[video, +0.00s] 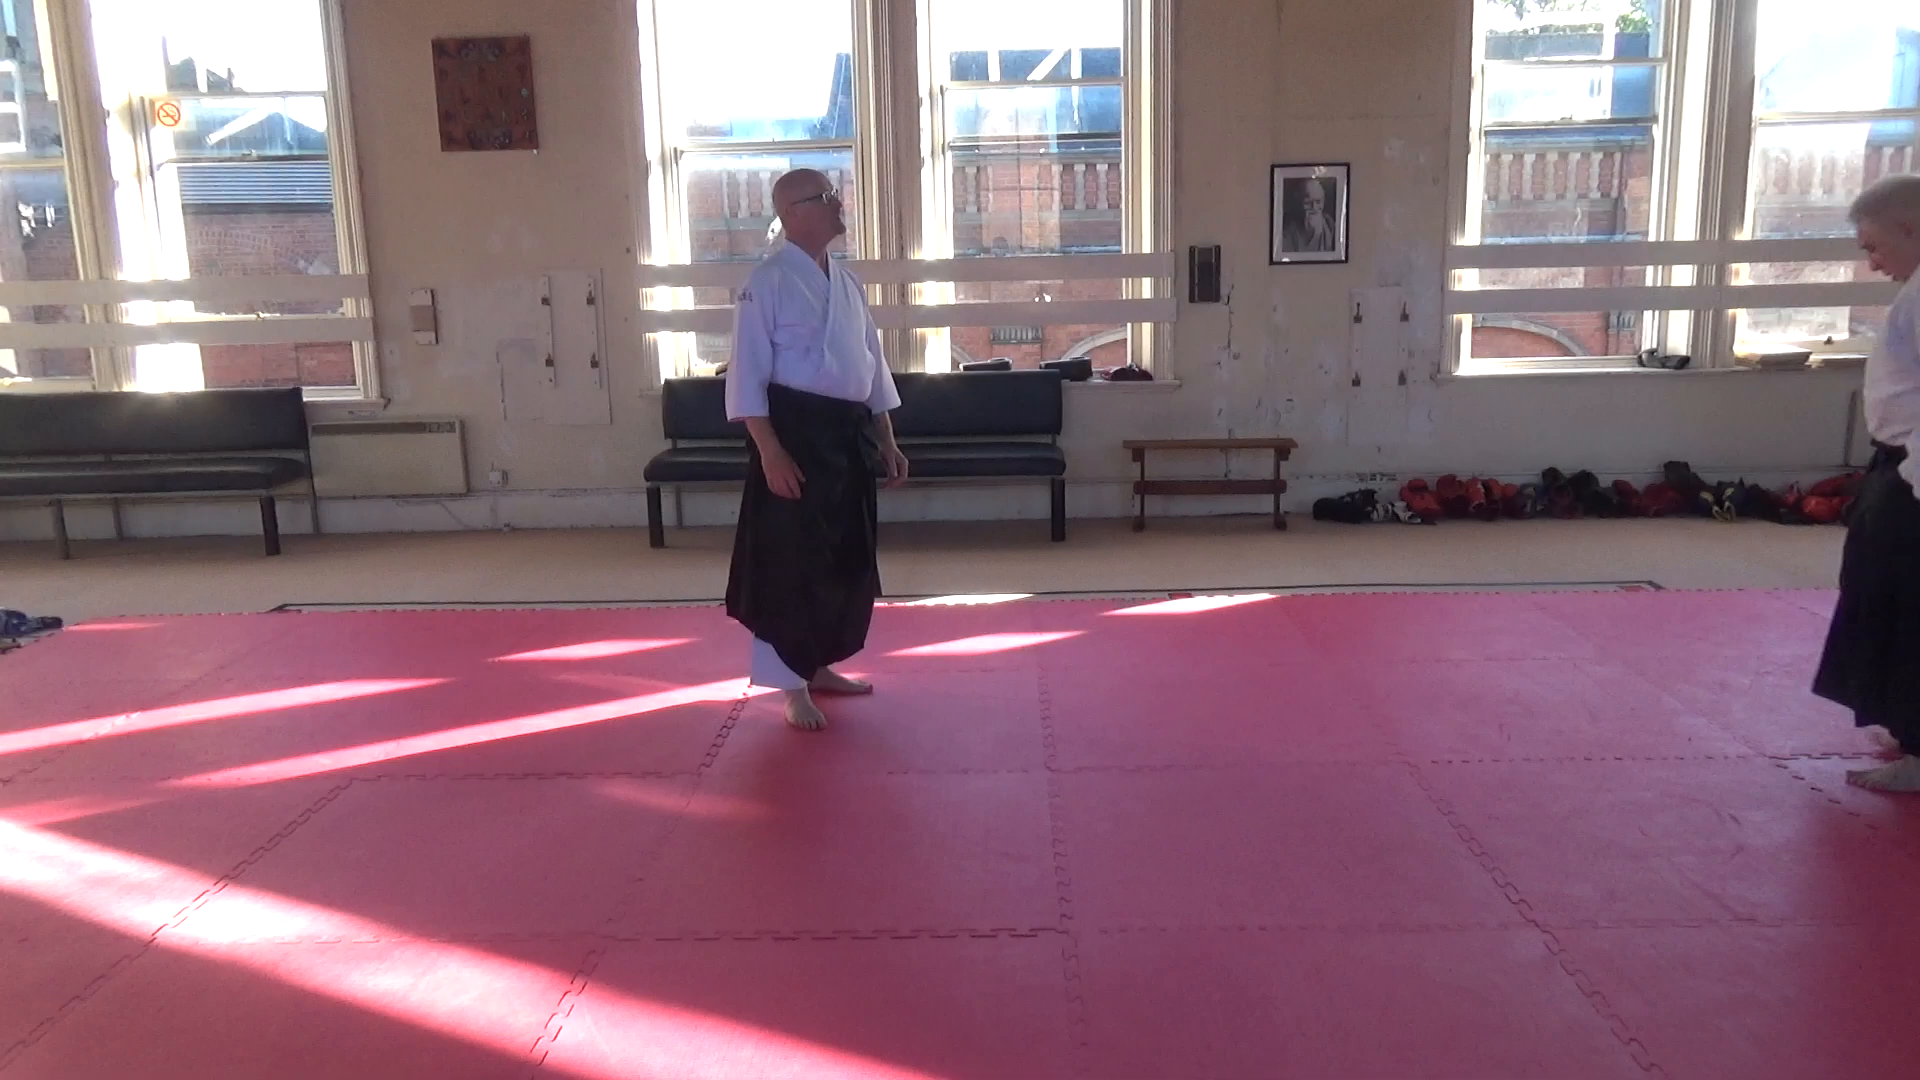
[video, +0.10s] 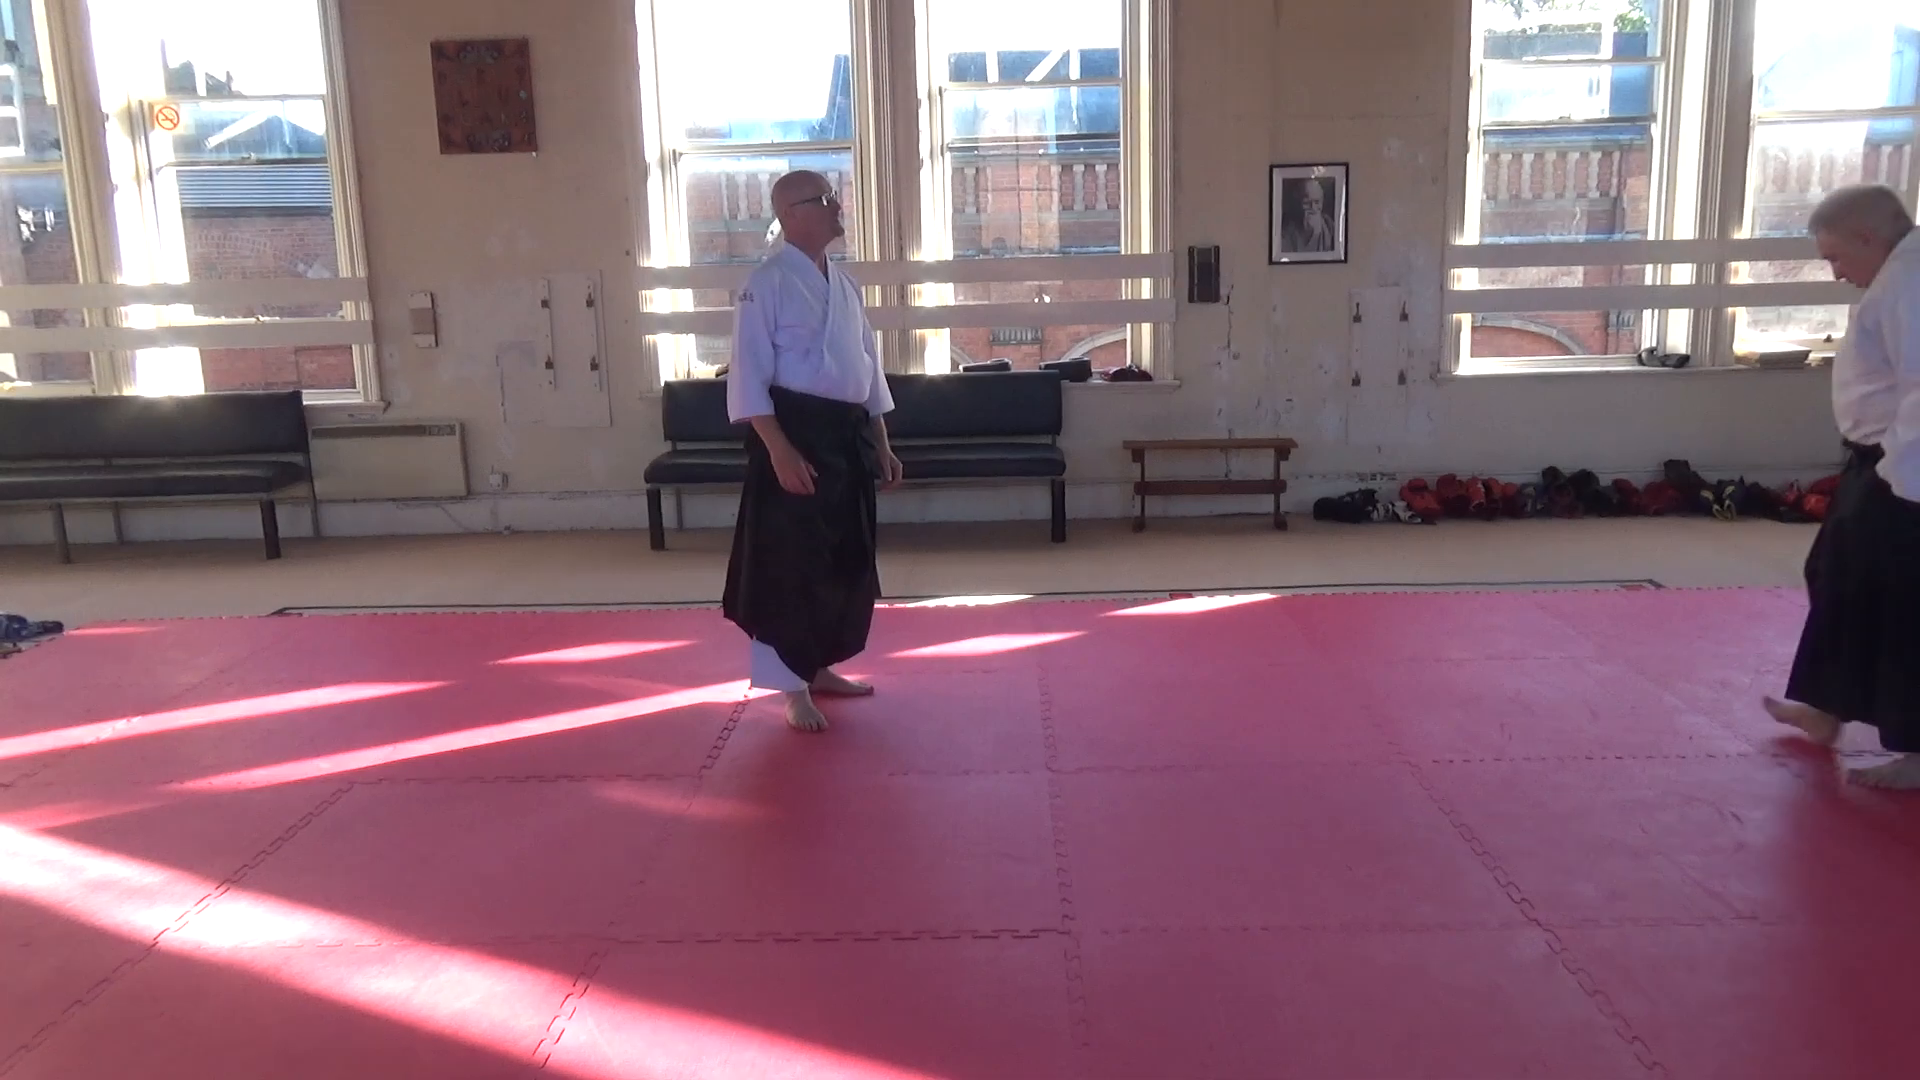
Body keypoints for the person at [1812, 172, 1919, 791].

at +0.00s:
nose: (1868, 258)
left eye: (1872, 245)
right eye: (1865, 247)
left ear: (1908, 231)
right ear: (1899, 234)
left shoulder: (1912, 299)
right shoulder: (1906, 298)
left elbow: (1909, 406)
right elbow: (1897, 399)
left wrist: (1906, 480)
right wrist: (1883, 470)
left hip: (1906, 475)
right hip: (1891, 470)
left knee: (1897, 609)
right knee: (1886, 604)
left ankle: (1912, 754)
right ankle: (1902, 737)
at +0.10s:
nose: (1835, 272)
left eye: (1837, 257)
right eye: (1829, 261)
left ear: (1870, 239)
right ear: (1871, 238)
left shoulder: (1903, 285)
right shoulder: (1892, 281)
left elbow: (1915, 387)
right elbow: (1898, 384)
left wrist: (1896, 472)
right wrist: (1870, 456)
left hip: (1896, 474)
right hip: (1870, 465)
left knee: (1899, 607)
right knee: (1836, 577)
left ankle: (1911, 749)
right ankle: (1823, 705)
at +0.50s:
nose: (1728, 268)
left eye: (1728, 254)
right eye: (1722, 257)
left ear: (1762, 236)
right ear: (1763, 237)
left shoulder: (1819, 268)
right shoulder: (1796, 267)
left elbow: (1838, 368)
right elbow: (1806, 368)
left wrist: (1795, 460)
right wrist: (1762, 448)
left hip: (1807, 452)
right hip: (1772, 446)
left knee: (1793, 583)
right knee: (1752, 576)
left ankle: (1865, 705)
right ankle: (1757, 705)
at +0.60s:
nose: (1706, 263)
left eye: (1707, 248)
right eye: (1701, 252)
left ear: (1743, 229)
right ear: (1745, 230)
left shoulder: (1799, 259)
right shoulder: (1779, 261)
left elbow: (1818, 361)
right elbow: (1793, 360)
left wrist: (1777, 451)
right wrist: (1750, 437)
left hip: (1796, 443)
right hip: (1765, 438)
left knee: (1778, 570)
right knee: (1744, 564)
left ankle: (1794, 707)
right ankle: (1758, 697)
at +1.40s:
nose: (1605, 242)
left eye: (1611, 229)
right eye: (1603, 230)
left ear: (1649, 220)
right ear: (1654, 221)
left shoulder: (1685, 271)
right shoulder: (1705, 253)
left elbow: (1718, 368)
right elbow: (1741, 346)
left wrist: (1701, 463)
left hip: (1703, 440)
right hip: (1723, 428)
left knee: (1674, 565)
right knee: (1711, 560)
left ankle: (1683, 702)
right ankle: (1725, 673)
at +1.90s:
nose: (1549, 266)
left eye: (1558, 254)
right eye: (1549, 255)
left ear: (1599, 253)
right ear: (1601, 254)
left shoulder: (1619, 310)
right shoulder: (1625, 300)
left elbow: (1654, 395)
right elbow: (1670, 383)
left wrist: (1631, 478)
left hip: (1626, 481)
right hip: (1612, 476)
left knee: (1630, 602)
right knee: (1608, 598)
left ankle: (1649, 724)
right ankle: (1616, 713)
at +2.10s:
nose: (1526, 279)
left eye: (1535, 267)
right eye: (1527, 268)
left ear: (1573, 266)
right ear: (1574, 269)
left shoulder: (1599, 319)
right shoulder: (1588, 314)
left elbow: (1624, 399)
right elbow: (1614, 399)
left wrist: (1595, 477)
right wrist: (1573, 468)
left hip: (1595, 489)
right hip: (1596, 485)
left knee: (1541, 603)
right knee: (1601, 609)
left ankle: (1532, 736)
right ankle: (1612, 730)